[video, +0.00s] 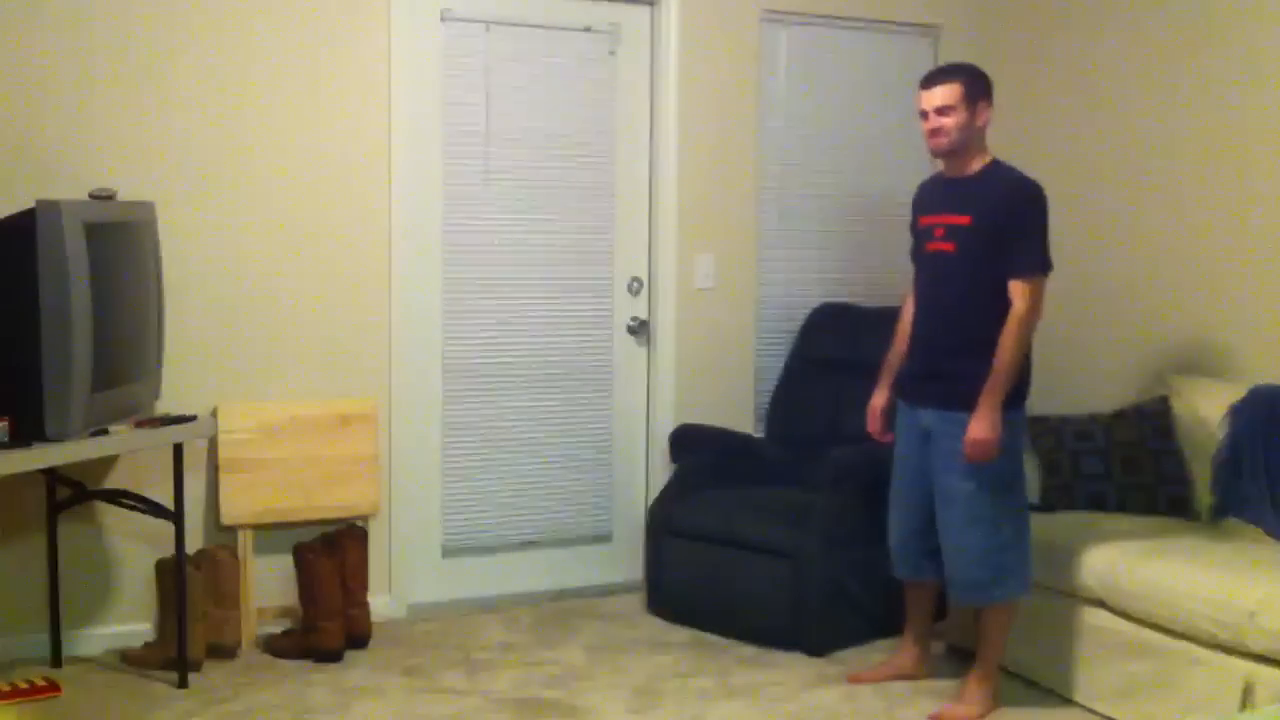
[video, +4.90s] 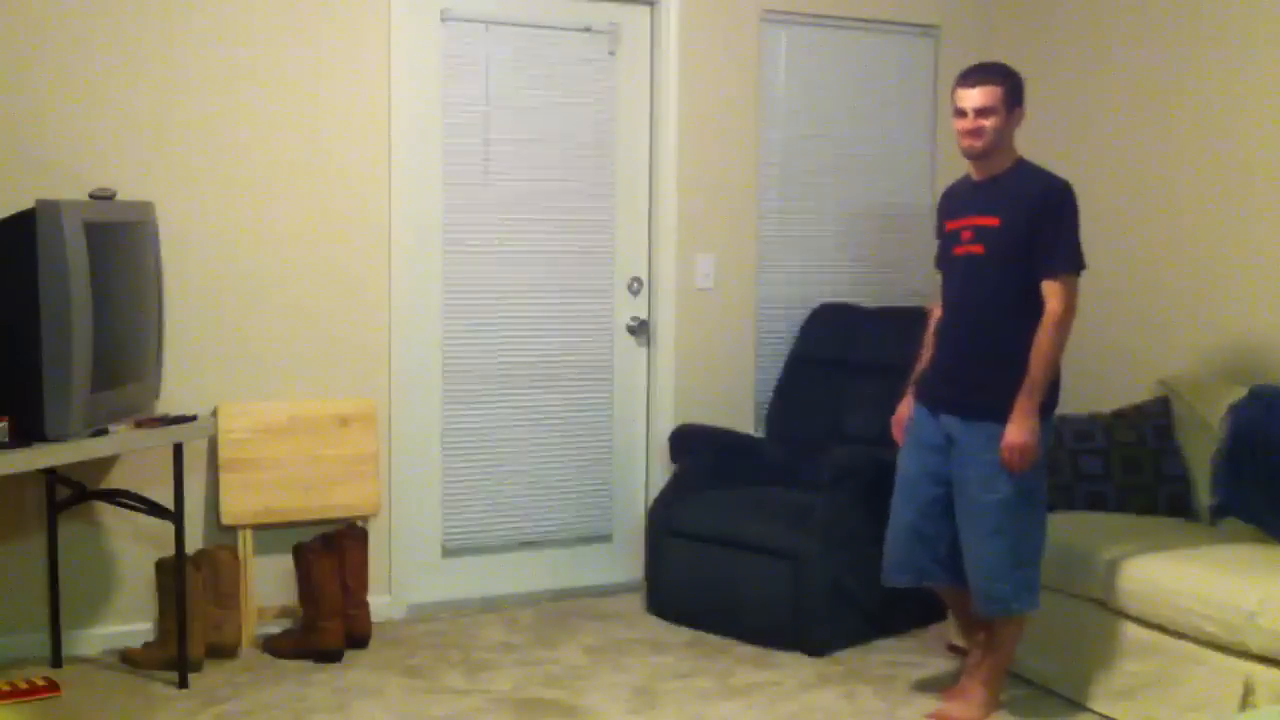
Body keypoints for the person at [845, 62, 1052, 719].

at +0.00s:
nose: (933, 125)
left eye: (945, 112)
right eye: (925, 115)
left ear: (982, 114)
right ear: (921, 123)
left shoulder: (1016, 194)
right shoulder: (927, 196)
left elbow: (1024, 308)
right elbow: (916, 299)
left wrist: (990, 406)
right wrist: (885, 384)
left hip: (980, 410)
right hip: (919, 402)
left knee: (989, 548)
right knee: (915, 534)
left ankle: (984, 679)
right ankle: (913, 652)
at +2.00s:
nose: (952, 123)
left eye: (966, 112)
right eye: (949, 112)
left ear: (1007, 117)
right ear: (952, 120)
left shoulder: (1048, 194)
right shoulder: (953, 198)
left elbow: (1062, 309)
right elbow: (943, 299)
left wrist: (1034, 413)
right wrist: (909, 388)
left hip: (1002, 418)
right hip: (934, 408)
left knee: (998, 562)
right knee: (923, 539)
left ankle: (986, 690)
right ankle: (975, 646)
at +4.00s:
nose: (973, 119)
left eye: (987, 108)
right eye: (963, 109)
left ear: (1014, 117)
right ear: (953, 119)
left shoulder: (1046, 195)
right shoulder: (951, 203)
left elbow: (1055, 311)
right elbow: (941, 306)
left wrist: (1022, 410)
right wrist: (905, 393)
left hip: (998, 416)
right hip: (933, 409)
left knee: (996, 562)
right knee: (928, 542)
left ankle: (984, 690)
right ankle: (976, 647)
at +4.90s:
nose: (970, 124)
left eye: (985, 113)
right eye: (961, 114)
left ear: (1014, 118)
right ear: (953, 121)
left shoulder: (1046, 195)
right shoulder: (952, 201)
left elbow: (1059, 309)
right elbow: (946, 305)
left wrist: (1027, 411)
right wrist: (913, 392)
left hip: (1001, 416)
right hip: (936, 407)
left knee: (999, 560)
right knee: (925, 540)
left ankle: (986, 688)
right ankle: (975, 643)